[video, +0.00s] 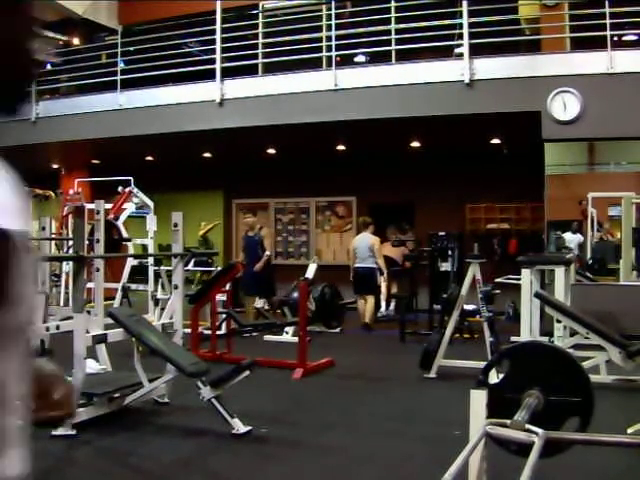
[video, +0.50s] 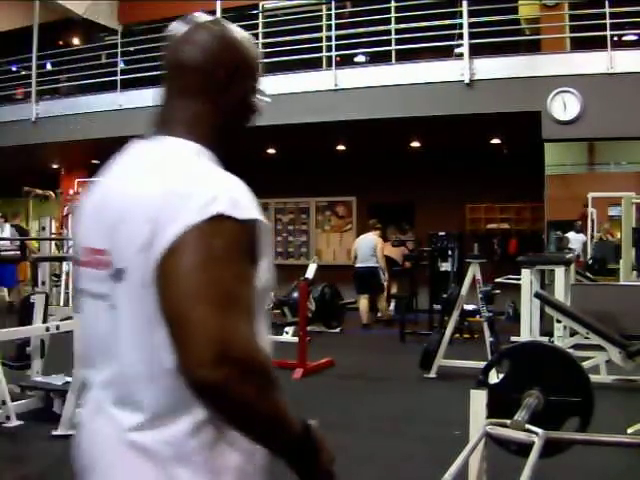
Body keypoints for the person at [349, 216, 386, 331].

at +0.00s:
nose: (373, 228)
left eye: (372, 226)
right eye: (372, 226)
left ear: (361, 227)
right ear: (370, 227)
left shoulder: (354, 240)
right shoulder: (374, 240)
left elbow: (352, 258)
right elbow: (378, 257)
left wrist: (351, 271)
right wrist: (384, 270)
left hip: (358, 268)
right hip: (370, 268)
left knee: (360, 297)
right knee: (370, 296)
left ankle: (363, 320)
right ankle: (367, 320)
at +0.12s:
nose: (373, 228)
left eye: (372, 226)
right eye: (372, 226)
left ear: (361, 227)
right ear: (370, 227)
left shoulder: (355, 240)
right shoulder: (374, 239)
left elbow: (352, 256)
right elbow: (377, 257)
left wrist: (353, 266)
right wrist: (383, 271)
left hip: (357, 268)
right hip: (370, 268)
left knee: (361, 296)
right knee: (372, 295)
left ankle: (363, 321)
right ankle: (370, 318)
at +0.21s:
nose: (374, 229)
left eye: (373, 227)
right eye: (373, 227)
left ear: (362, 227)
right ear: (370, 227)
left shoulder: (355, 240)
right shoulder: (373, 239)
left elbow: (353, 256)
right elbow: (377, 257)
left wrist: (354, 265)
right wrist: (382, 271)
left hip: (357, 267)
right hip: (370, 268)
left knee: (361, 295)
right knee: (372, 294)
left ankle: (364, 321)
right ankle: (371, 318)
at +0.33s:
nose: (376, 230)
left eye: (376, 228)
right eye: (375, 228)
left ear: (364, 228)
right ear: (372, 228)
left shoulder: (356, 240)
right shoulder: (374, 240)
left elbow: (353, 255)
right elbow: (377, 257)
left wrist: (355, 264)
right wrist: (383, 270)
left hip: (358, 267)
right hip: (371, 267)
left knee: (362, 295)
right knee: (379, 293)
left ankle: (364, 321)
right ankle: (380, 318)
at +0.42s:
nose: (377, 232)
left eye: (377, 230)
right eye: (377, 230)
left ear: (366, 229)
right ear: (374, 229)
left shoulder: (357, 239)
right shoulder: (376, 240)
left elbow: (353, 255)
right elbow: (378, 256)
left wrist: (356, 264)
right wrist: (383, 271)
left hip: (358, 267)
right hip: (372, 267)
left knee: (362, 295)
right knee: (380, 292)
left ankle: (364, 321)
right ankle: (381, 315)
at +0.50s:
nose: (380, 233)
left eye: (379, 231)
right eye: (379, 231)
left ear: (370, 229)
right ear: (377, 230)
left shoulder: (359, 239)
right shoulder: (378, 240)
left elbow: (353, 255)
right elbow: (380, 257)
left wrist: (355, 264)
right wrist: (385, 272)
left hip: (359, 268)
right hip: (373, 267)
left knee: (363, 295)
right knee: (380, 293)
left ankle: (364, 321)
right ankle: (384, 315)